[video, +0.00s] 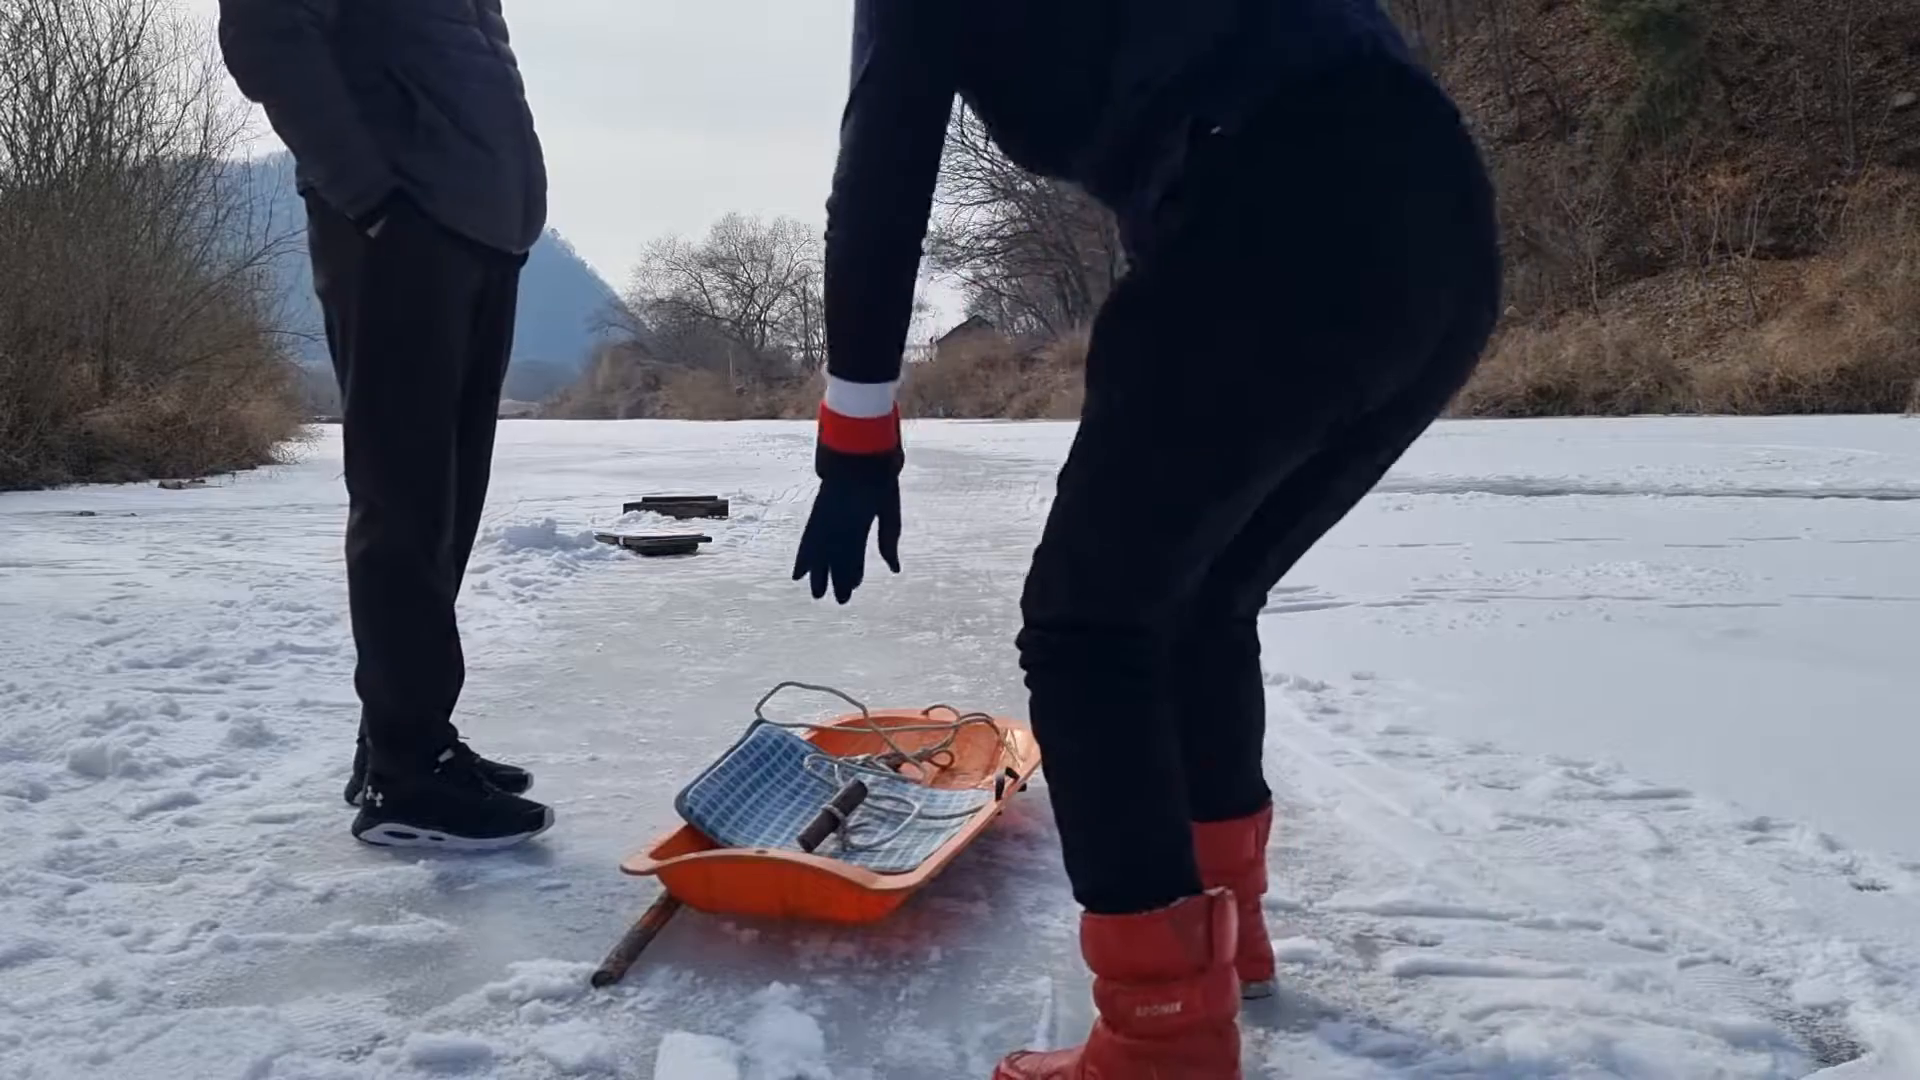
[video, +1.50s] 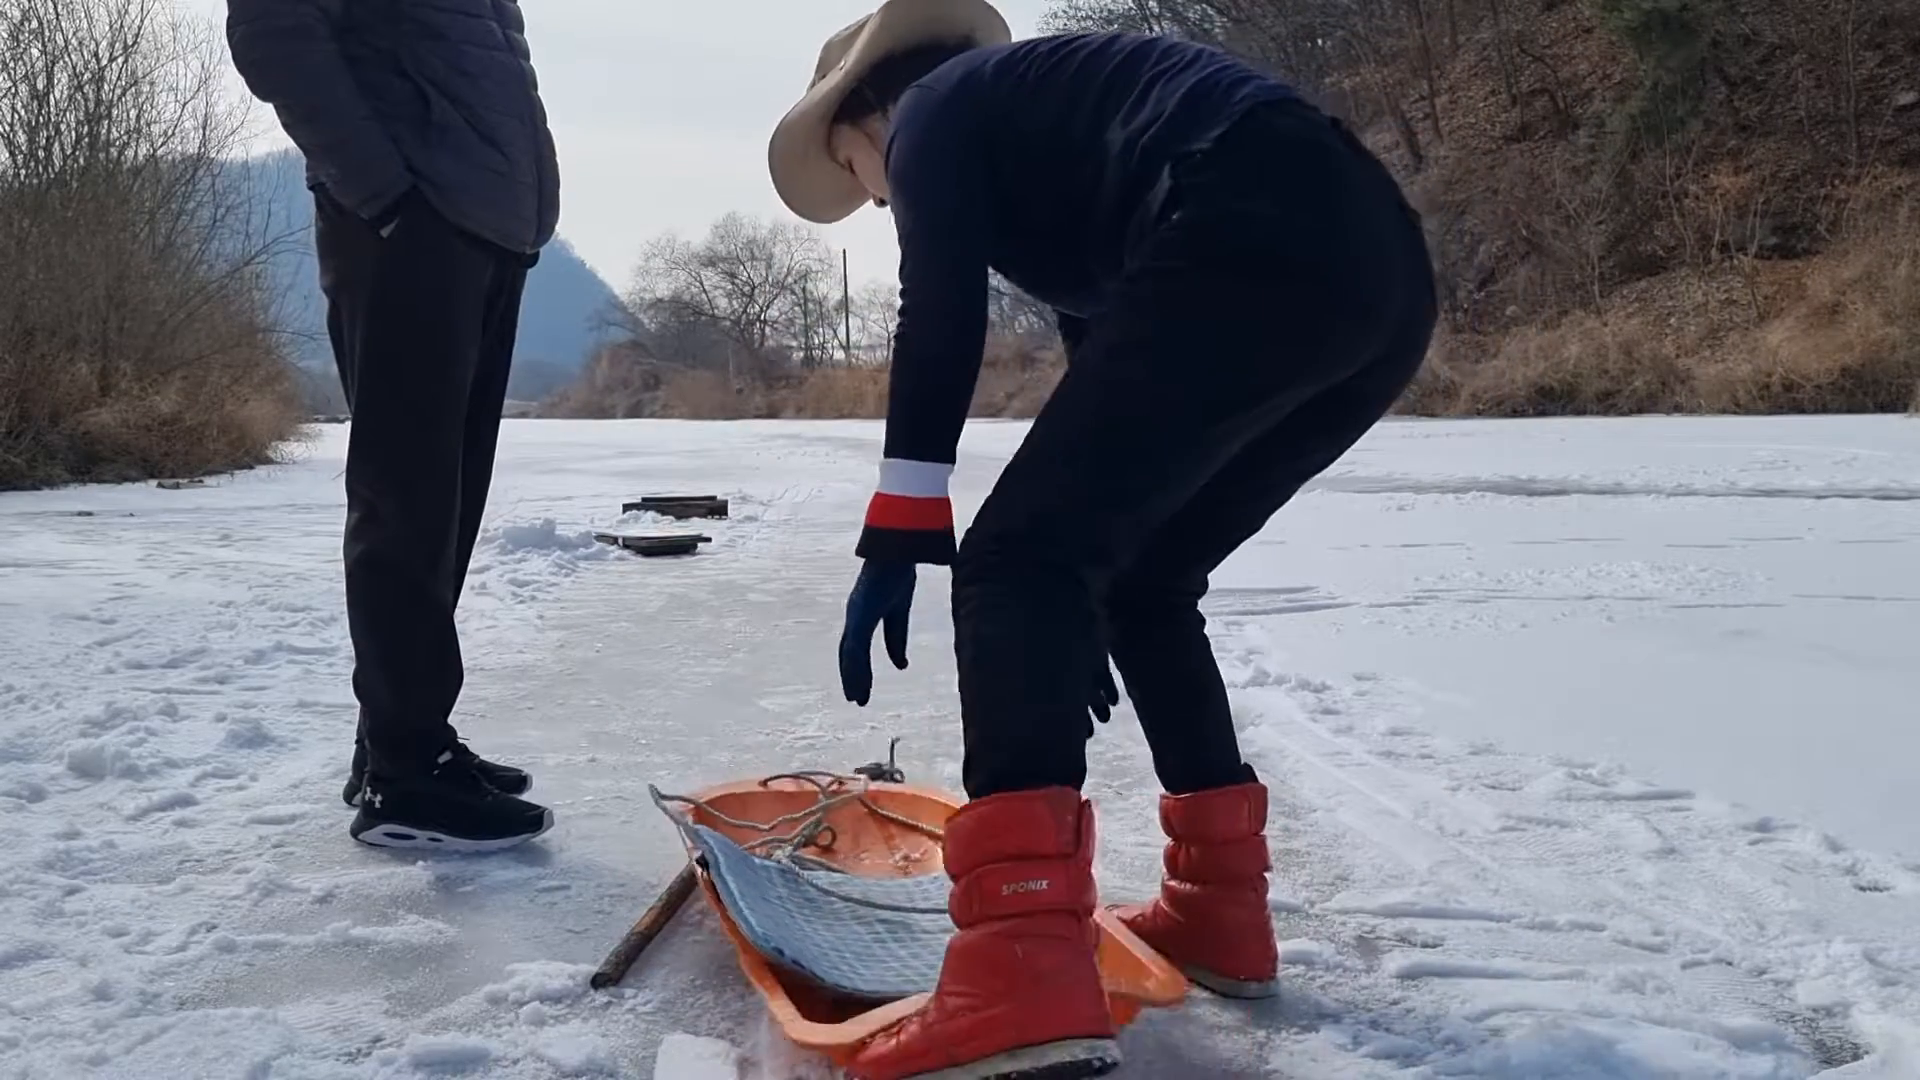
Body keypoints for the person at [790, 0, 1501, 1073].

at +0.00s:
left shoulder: (920, 5)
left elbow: (877, 202)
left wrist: (855, 440)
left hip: (1269, 244)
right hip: (1441, 233)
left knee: (1084, 625)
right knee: (1209, 594)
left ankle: (1160, 1029)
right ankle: (1226, 924)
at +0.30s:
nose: (841, 375)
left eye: (833, 351)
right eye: (828, 357)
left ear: (855, 320)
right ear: (920, 270)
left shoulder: (902, 336)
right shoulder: (1049, 337)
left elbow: (855, 564)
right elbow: (995, 550)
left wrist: (824, 760)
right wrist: (916, 688)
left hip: (1361, 325)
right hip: (1461, 318)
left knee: (1106, 646)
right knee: (1194, 621)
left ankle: (1168, 1031)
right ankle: (1228, 925)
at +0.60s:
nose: (855, 413)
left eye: (838, 384)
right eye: (838, 397)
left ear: (856, 340)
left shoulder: (922, 347)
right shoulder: (1051, 361)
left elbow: (892, 592)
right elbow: (1065, 574)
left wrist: (880, 798)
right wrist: (998, 740)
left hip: (1367, 317)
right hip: (1458, 315)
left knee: (1120, 656)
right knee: (1201, 629)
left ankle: (1171, 1029)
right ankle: (1230, 923)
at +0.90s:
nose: (862, 322)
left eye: (847, 291)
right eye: (844, 303)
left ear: (875, 247)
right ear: (937, 203)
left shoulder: (936, 275)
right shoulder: (1061, 232)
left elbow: (960, 531)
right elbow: (1102, 412)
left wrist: (961, 764)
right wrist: (1003, 506)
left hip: (1356, 299)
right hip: (1449, 292)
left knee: (1147, 637)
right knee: (1212, 621)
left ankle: (1173, 1033)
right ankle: (1227, 920)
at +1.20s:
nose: (881, 211)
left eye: (865, 188)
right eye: (864, 200)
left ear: (876, 133)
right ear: (957, 92)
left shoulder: (940, 152)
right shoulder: (1059, 149)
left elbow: (966, 362)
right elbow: (1081, 362)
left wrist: (966, 576)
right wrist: (1015, 475)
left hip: (1309, 268)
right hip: (1416, 274)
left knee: (1137, 628)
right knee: (1191, 614)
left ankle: (1173, 1020)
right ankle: (1229, 922)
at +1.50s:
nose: (873, 190)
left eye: (858, 160)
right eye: (855, 176)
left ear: (876, 105)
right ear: (950, 76)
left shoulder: (934, 117)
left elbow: (939, 322)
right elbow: (1105, 354)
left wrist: (894, 541)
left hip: (1246, 247)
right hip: (1386, 282)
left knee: (1019, 557)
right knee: (1150, 578)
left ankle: (1022, 950)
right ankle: (1221, 904)